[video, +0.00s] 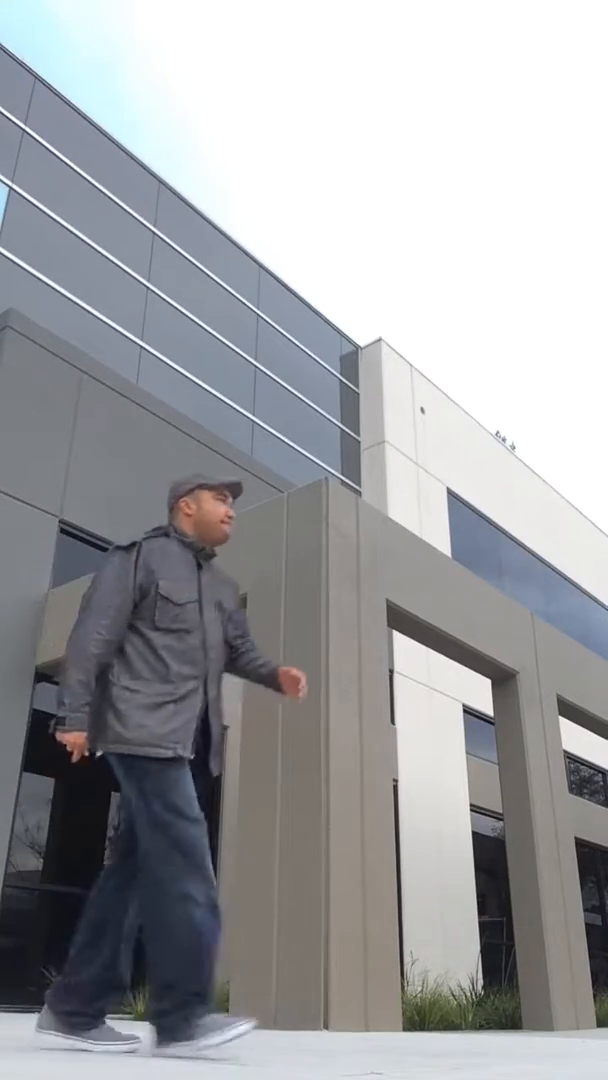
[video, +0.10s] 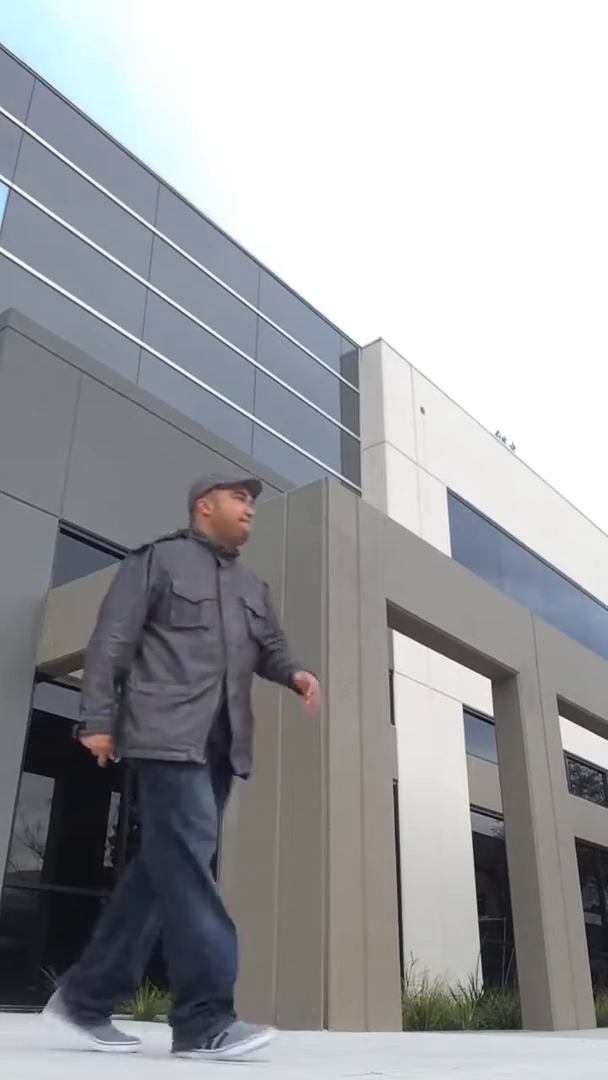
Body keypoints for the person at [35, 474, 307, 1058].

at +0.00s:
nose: (231, 511)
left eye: (231, 502)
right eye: (221, 500)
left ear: (203, 512)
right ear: (184, 507)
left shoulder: (221, 584)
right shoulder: (140, 558)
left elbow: (239, 650)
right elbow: (92, 635)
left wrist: (273, 673)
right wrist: (76, 713)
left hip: (187, 743)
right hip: (140, 735)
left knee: (134, 869)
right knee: (185, 864)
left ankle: (74, 1009)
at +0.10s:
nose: (250, 509)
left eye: (251, 501)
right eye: (239, 498)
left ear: (241, 514)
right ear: (203, 507)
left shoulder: (252, 586)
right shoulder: (157, 560)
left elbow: (270, 650)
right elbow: (110, 640)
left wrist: (294, 673)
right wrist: (98, 718)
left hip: (221, 742)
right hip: (164, 734)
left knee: (165, 867)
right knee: (189, 864)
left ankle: (83, 1000)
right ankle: (203, 1023)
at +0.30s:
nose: (300, 517)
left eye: (302, 509)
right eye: (289, 505)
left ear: (290, 523)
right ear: (253, 514)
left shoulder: (300, 592)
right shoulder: (207, 564)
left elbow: (317, 675)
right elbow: (167, 644)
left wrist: (333, 738)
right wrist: (164, 720)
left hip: (293, 746)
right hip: (224, 740)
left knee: (313, 859)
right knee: (241, 872)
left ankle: (210, 962)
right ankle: (210, 1025)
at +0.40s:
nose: (332, 511)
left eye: (335, 504)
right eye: (323, 499)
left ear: (314, 513)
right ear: (287, 502)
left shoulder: (326, 593)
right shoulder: (239, 551)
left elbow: (338, 678)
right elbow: (199, 623)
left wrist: (341, 739)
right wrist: (208, 695)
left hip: (317, 747)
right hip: (248, 736)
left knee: (350, 858)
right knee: (240, 877)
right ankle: (211, 1023)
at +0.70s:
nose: (419, 546)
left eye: (418, 538)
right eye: (413, 534)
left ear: (385, 534)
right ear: (387, 529)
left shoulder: (385, 587)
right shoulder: (359, 556)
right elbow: (352, 612)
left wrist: (375, 792)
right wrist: (368, 667)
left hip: (396, 745)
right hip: (367, 737)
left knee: (427, 868)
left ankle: (431, 1027)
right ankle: (280, 948)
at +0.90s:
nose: (437, 543)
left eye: (433, 537)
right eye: (435, 536)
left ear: (387, 543)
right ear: (423, 534)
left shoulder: (362, 593)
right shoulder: (432, 554)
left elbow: (362, 671)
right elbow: (462, 608)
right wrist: (505, 678)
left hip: (380, 736)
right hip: (438, 722)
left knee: (427, 865)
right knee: (510, 847)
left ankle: (427, 1016)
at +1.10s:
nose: (450, 552)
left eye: (435, 550)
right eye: (449, 547)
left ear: (407, 563)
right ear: (451, 552)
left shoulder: (382, 614)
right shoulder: (485, 576)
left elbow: (366, 699)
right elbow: (559, 633)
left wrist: (376, 771)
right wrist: (603, 693)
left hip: (425, 754)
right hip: (496, 737)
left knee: (469, 864)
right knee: (533, 876)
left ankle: (448, 973)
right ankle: (554, 1032)